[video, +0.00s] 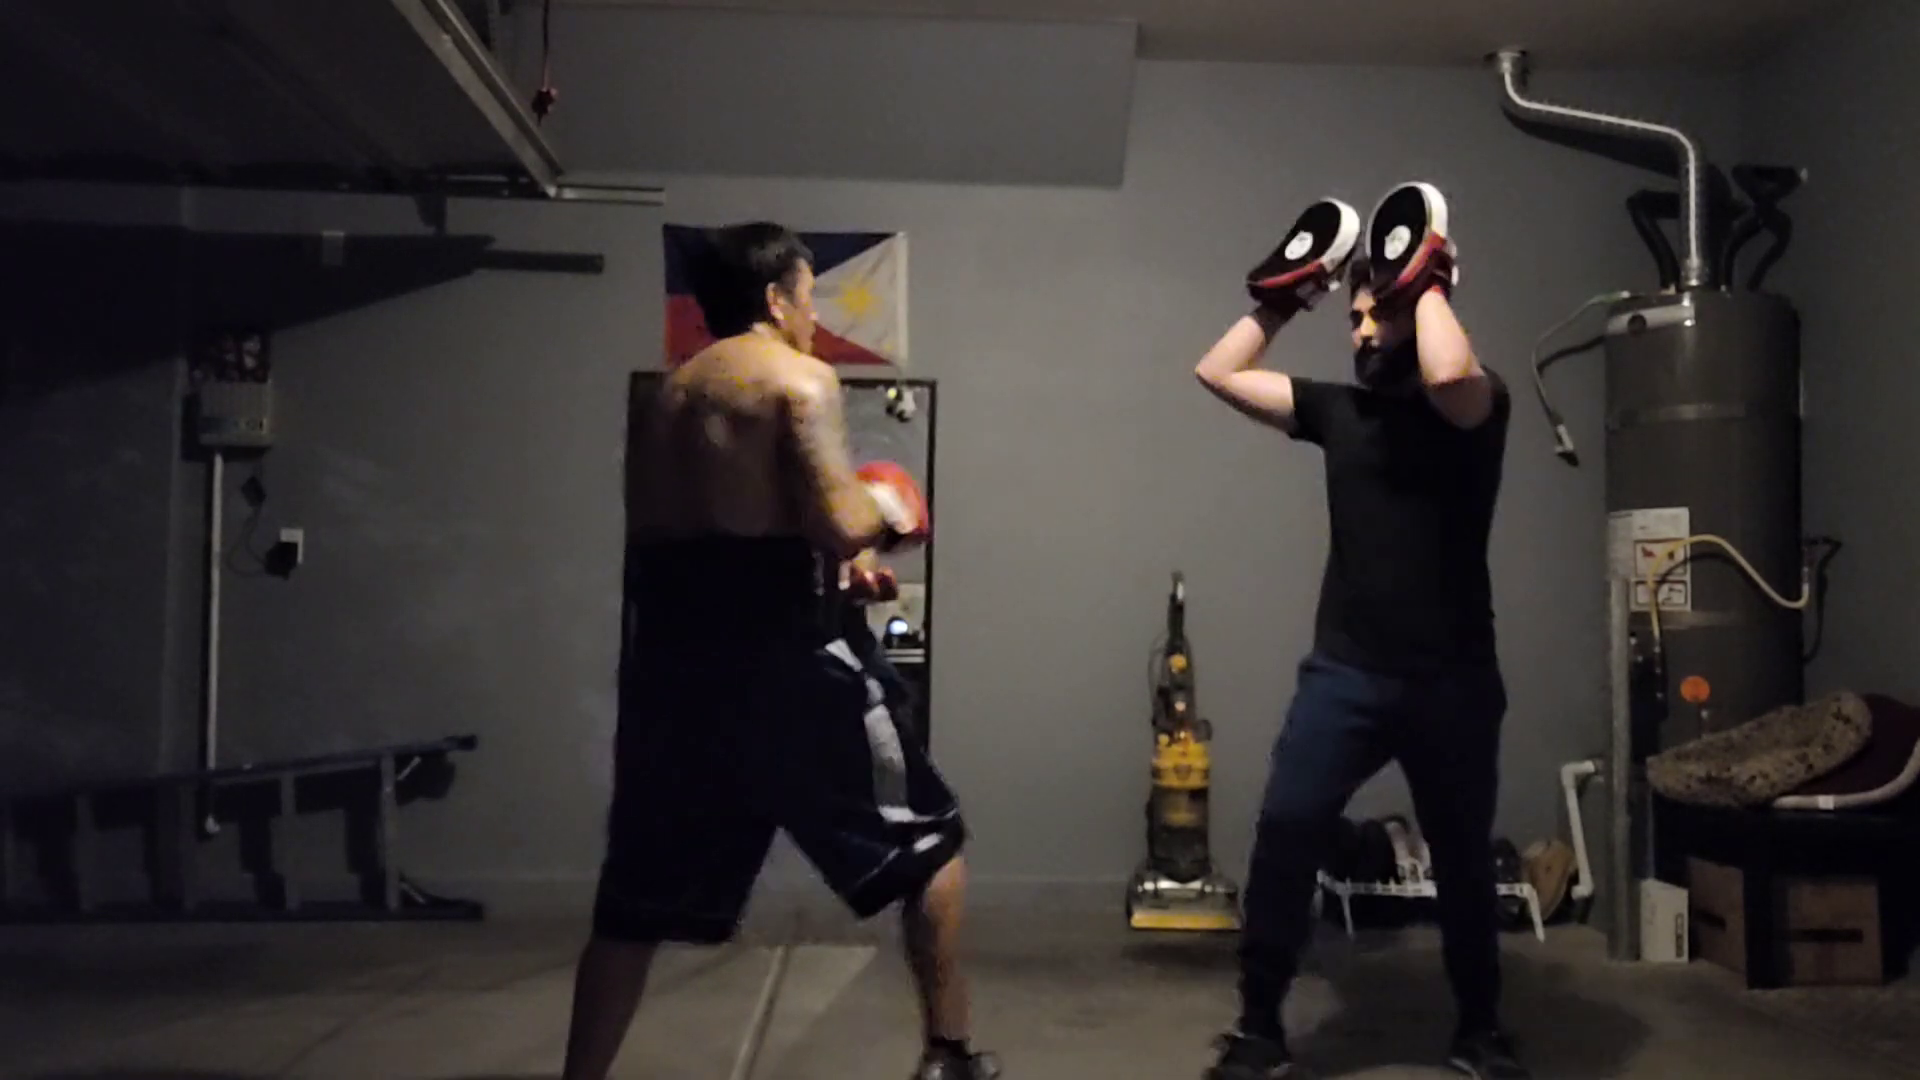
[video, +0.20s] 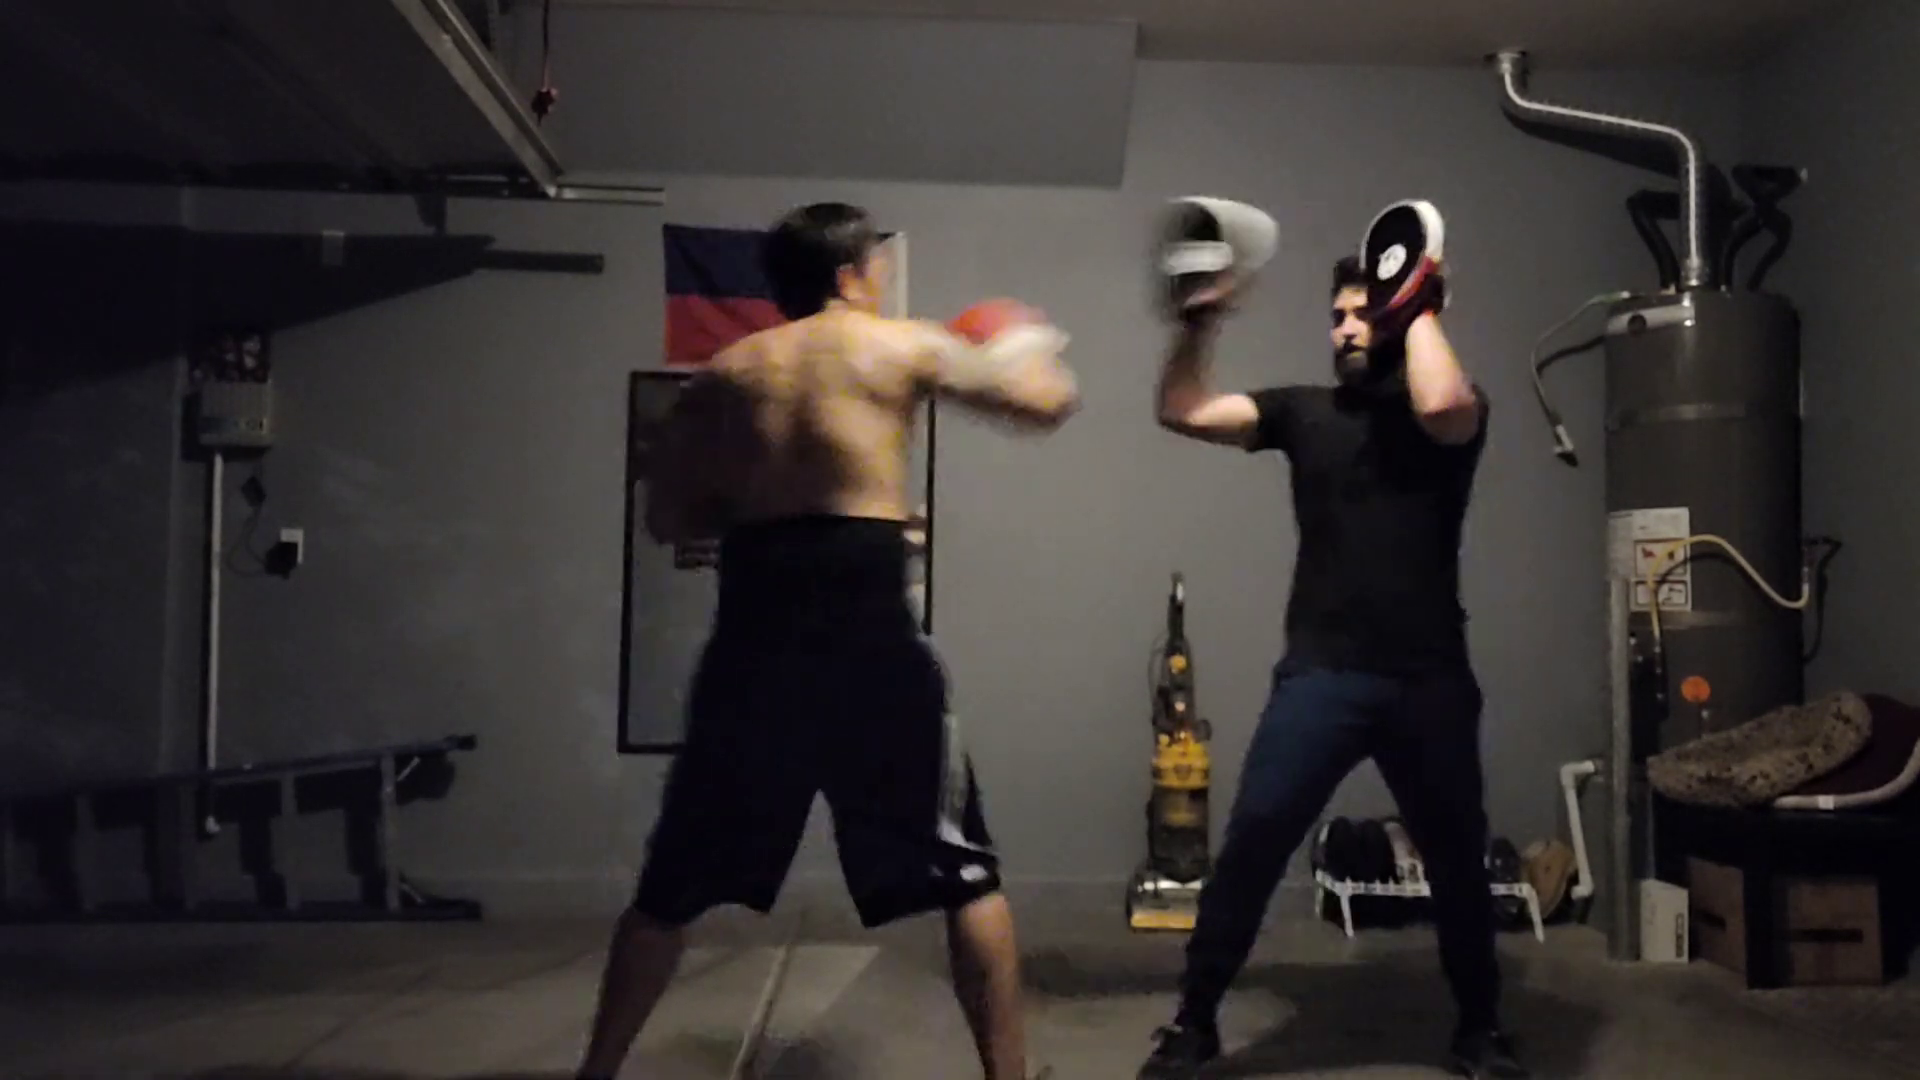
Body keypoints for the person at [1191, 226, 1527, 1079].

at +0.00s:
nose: (1364, 328)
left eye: (1381, 311)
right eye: (1354, 315)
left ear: (1420, 316)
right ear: (1346, 325)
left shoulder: (1473, 402)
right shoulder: (1337, 407)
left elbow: (1450, 374)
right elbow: (1219, 372)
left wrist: (1426, 282)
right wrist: (1279, 297)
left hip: (1451, 676)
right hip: (1345, 671)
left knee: (1463, 862)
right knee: (1284, 829)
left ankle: (1478, 1032)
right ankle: (1259, 1028)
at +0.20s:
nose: (1352, 327)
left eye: (1367, 313)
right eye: (1342, 314)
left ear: (1405, 322)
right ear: (1329, 325)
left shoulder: (1446, 406)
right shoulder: (1302, 410)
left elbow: (1441, 403)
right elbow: (1182, 410)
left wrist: (1418, 306)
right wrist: (1197, 324)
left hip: (1426, 677)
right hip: (1320, 674)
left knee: (1457, 864)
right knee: (1253, 838)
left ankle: (1479, 1032)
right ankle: (1193, 1023)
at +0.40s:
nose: (1296, 316)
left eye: (1315, 302)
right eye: (1286, 297)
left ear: (1346, 316)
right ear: (1262, 312)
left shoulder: (1382, 396)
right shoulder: (1241, 405)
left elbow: (1329, 429)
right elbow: (1125, 393)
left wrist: (1305, 334)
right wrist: (1134, 299)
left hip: (1375, 673)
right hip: (1270, 673)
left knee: (1421, 854)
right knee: (1227, 853)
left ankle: (1469, 1025)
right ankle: (1188, 1032)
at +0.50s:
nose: (1257, 328)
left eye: (1273, 312)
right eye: (1250, 316)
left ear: (1322, 317)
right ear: (1243, 329)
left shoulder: (1357, 395)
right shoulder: (1238, 407)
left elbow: (1272, 406)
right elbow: (1137, 409)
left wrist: (1197, 309)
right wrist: (1118, 343)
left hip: (1355, 671)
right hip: (1258, 673)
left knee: (1394, 840)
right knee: (1216, 845)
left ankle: (1429, 1004)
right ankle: (1188, 1029)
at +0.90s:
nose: (1310, 332)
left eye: (1324, 317)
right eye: (1299, 320)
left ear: (1361, 327)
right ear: (1287, 334)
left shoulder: (1409, 412)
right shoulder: (1271, 417)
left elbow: (1381, 418)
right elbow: (1158, 415)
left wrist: (1365, 324)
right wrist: (1203, 333)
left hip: (1380, 676)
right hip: (1281, 672)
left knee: (1382, 858)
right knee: (1235, 853)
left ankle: (1397, 1013)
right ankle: (1188, 1028)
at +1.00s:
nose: (1317, 345)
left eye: (1333, 330)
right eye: (1304, 332)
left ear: (1365, 335)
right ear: (1290, 340)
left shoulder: (1407, 412)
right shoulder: (1271, 416)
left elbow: (1391, 424)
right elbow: (1156, 411)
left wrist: (1371, 332)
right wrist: (1204, 335)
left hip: (1380, 676)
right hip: (1281, 670)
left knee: (1383, 855)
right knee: (1230, 842)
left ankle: (1396, 1011)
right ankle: (1180, 1016)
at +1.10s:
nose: (1305, 345)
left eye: (1319, 330)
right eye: (1295, 332)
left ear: (1356, 335)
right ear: (1282, 341)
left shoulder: (1400, 413)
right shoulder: (1260, 418)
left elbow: (1390, 436)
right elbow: (1149, 423)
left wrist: (1366, 338)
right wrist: (1169, 336)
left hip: (1377, 675)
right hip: (1278, 670)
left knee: (1389, 853)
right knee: (1222, 837)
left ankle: (1396, 1009)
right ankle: (1155, 1011)